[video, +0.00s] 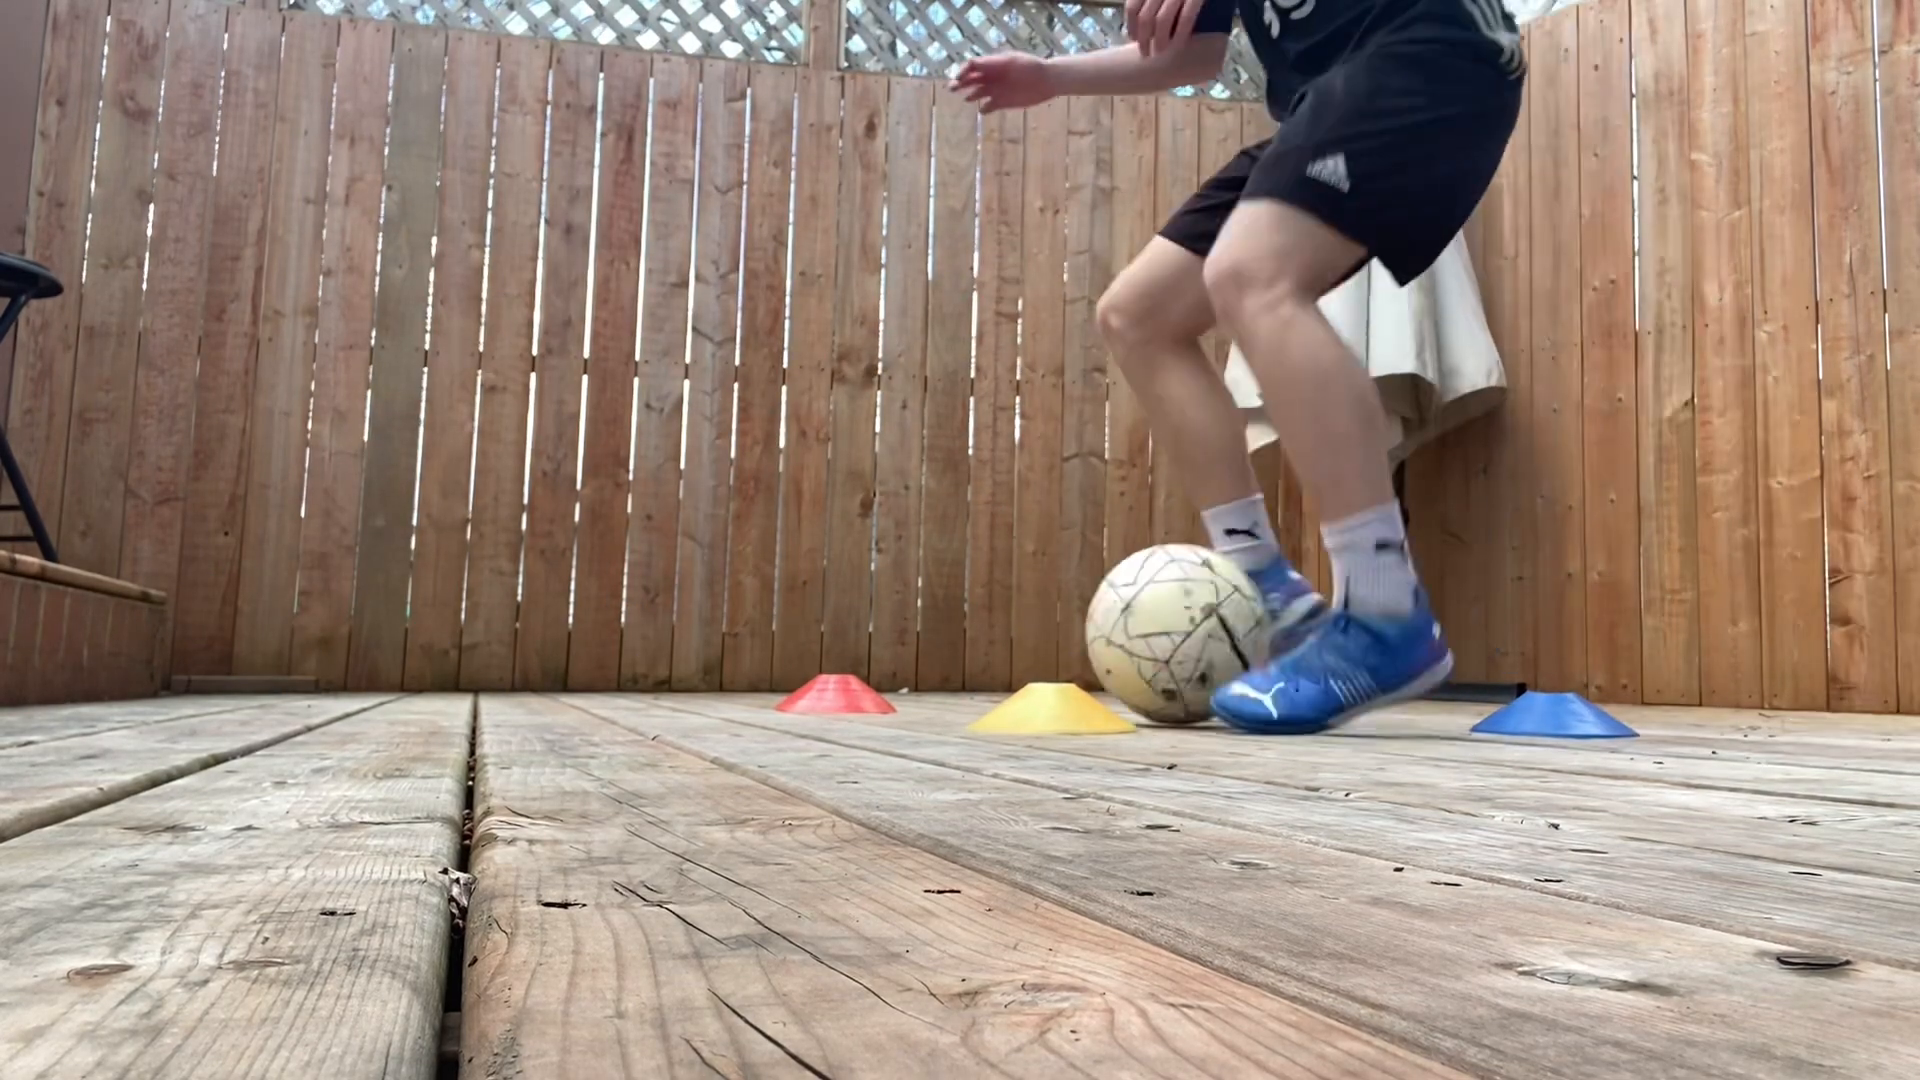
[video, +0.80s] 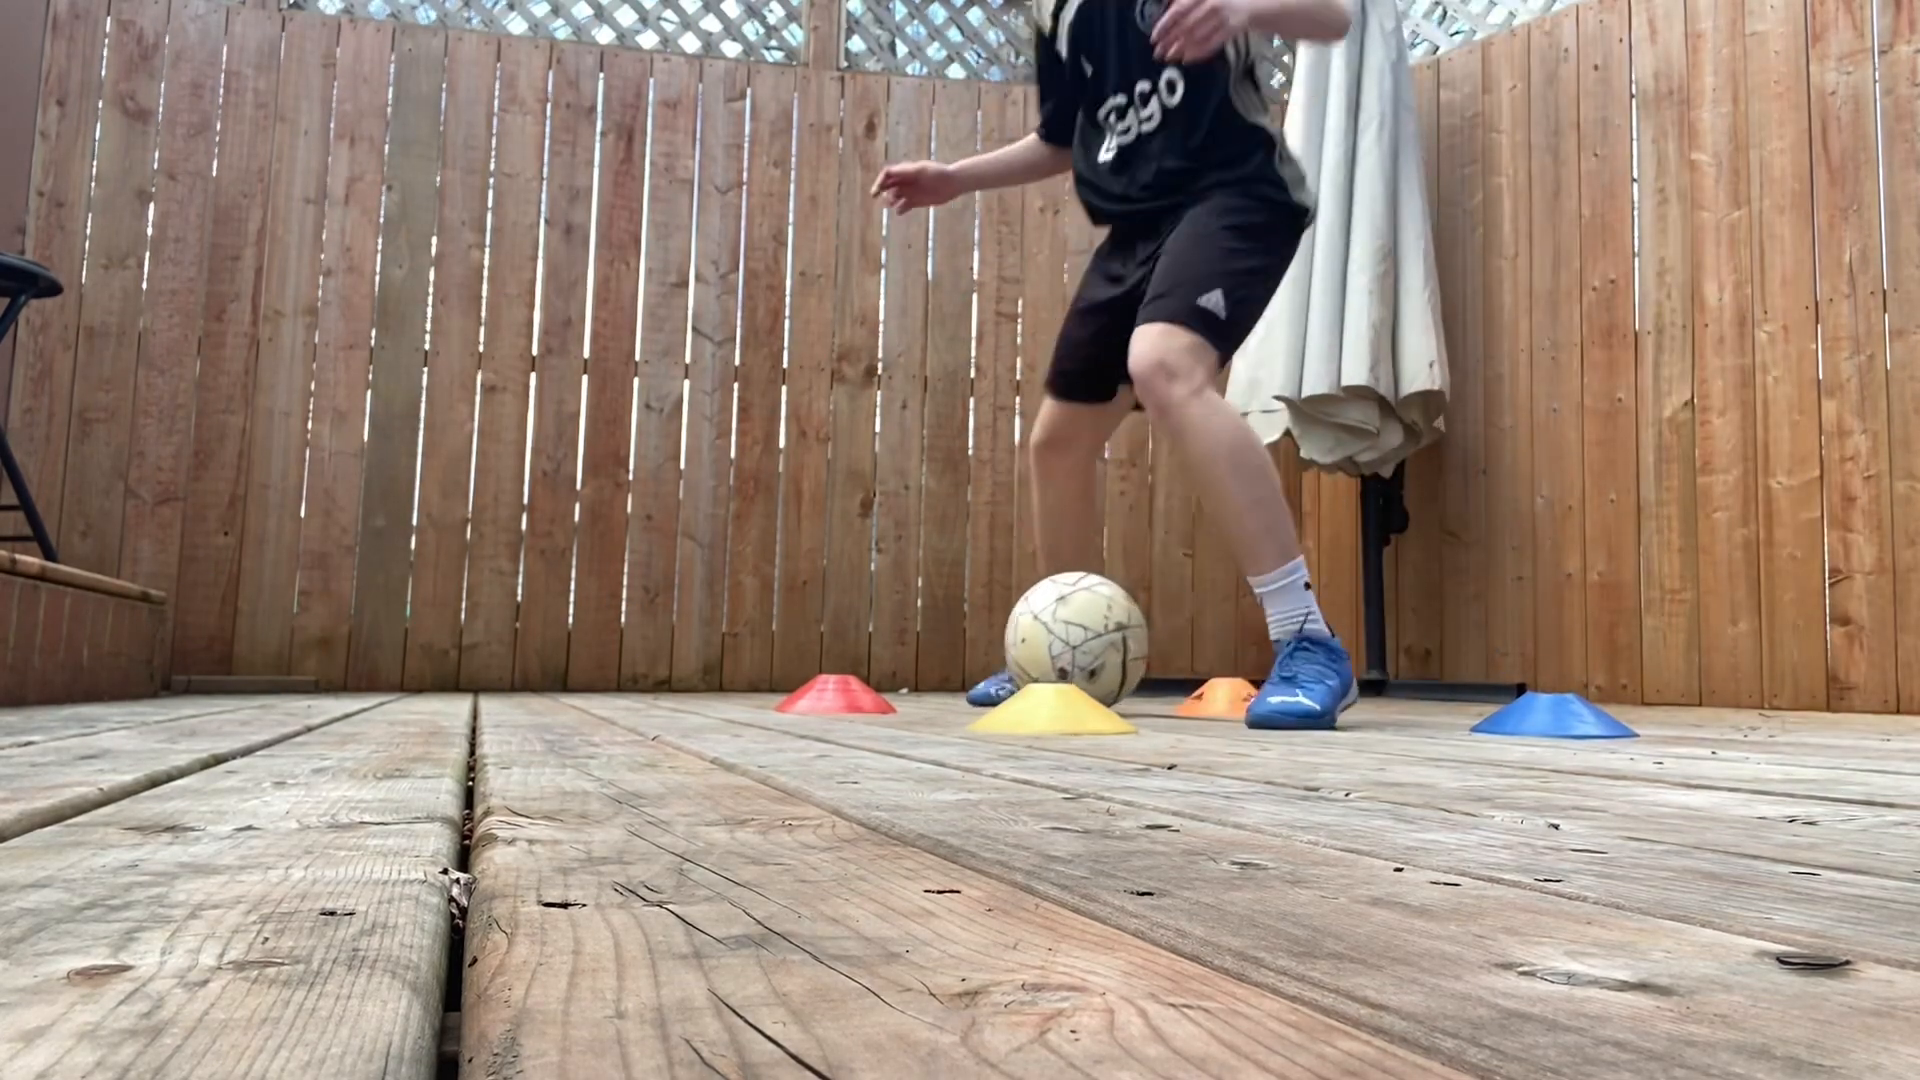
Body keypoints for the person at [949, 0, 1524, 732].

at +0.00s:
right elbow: (1197, 52)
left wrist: (1188, 5)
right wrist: (1050, 75)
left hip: (1431, 37)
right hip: (1321, 86)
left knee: (1255, 274)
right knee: (1139, 316)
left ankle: (1389, 621)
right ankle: (1265, 599)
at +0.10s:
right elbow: (1234, 61)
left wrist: (1197, 9)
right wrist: (1083, 109)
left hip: (1388, 97)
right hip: (1292, 123)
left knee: (1200, 343)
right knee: (1104, 315)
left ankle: (1377, 650)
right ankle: (1157, 560)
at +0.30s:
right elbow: (1164, 28)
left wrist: (1210, 77)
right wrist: (1050, 74)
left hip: (1309, 100)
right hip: (1231, 120)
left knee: (1207, 352)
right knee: (1115, 357)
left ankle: (1371, 640)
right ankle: (1150, 600)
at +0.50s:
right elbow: (1111, 34)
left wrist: (1234, 70)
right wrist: (1006, 83)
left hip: (1246, 114)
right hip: (1153, 144)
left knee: (1193, 323)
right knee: (1074, 376)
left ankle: (1269, 623)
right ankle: (1132, 602)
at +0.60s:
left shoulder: (1197, 5)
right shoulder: (1044, 12)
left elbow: (1262, 71)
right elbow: (1079, 109)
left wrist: (1213, 136)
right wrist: (974, 157)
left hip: (1219, 183)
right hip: (1120, 212)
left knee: (1152, 343)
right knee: (1050, 441)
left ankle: (1260, 631)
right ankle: (1069, 656)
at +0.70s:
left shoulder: (1185, 8)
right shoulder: (1025, 43)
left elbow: (1262, 135)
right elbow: (1026, 183)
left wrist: (1214, 149)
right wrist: (919, 221)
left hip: (1204, 244)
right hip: (1103, 280)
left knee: (1127, 362)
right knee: (1017, 478)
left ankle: (1292, 621)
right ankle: (1066, 669)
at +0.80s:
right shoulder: (1057, 18)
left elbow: (1334, 18)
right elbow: (1061, 143)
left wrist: (1243, 12)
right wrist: (954, 177)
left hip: (1239, 188)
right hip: (1136, 224)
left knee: (1165, 365)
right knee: (1057, 443)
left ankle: (1306, 646)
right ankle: (1064, 659)